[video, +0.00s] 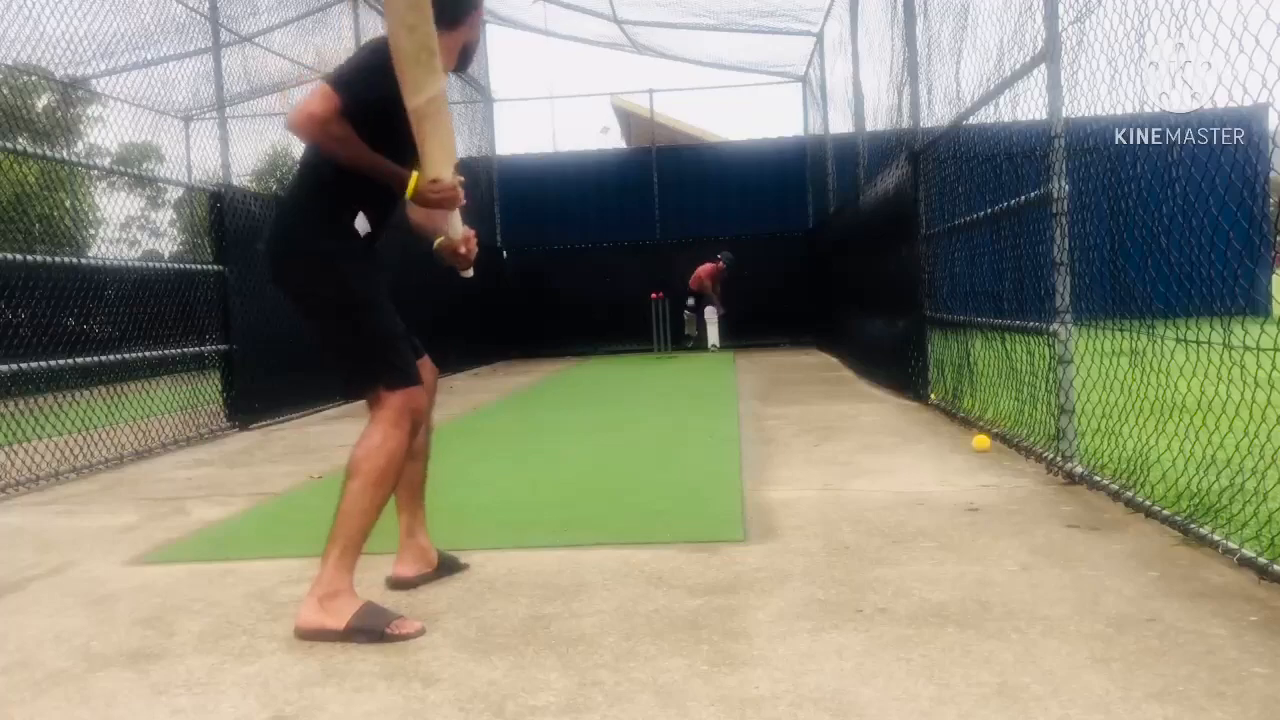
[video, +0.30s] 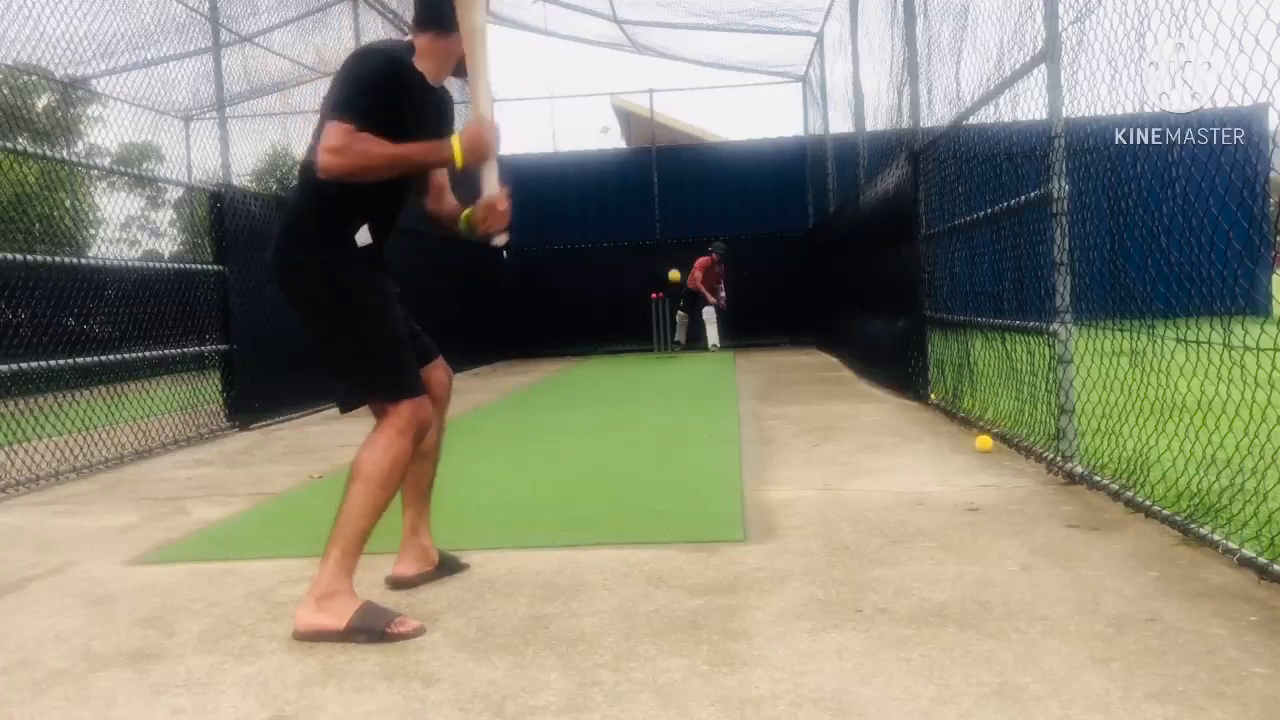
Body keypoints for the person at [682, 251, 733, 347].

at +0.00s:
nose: (724, 267)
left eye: (726, 265)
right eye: (724, 263)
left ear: (727, 266)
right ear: (719, 261)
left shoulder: (719, 272)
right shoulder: (707, 270)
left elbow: (717, 287)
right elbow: (708, 291)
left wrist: (717, 303)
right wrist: (718, 306)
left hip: (705, 292)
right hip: (694, 291)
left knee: (710, 314)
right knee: (691, 315)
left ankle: (712, 341)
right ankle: (691, 337)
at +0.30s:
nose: (718, 257)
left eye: (720, 255)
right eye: (716, 254)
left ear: (722, 256)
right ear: (712, 253)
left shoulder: (719, 267)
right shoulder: (702, 262)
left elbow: (719, 284)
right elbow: (697, 283)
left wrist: (721, 298)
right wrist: (709, 297)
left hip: (706, 292)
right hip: (692, 291)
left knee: (709, 314)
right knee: (682, 315)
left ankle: (713, 344)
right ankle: (679, 342)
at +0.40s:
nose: (713, 252)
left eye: (715, 249)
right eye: (710, 249)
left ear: (717, 251)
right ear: (705, 249)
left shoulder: (717, 266)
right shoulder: (696, 259)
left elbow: (718, 283)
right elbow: (689, 272)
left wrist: (721, 296)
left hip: (705, 291)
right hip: (691, 290)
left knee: (707, 313)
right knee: (682, 315)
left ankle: (713, 344)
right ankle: (681, 344)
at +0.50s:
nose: (705, 249)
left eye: (707, 246)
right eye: (702, 246)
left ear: (710, 248)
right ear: (698, 246)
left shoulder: (711, 261)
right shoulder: (690, 257)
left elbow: (713, 279)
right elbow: (684, 263)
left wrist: (716, 290)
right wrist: (682, 268)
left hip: (702, 292)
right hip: (688, 291)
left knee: (706, 314)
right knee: (681, 318)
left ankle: (713, 344)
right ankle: (682, 345)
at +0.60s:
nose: (699, 246)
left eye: (701, 243)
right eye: (697, 243)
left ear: (704, 244)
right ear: (692, 244)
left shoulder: (706, 259)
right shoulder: (685, 255)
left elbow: (708, 276)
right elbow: (678, 262)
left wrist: (710, 286)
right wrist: (676, 265)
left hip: (700, 291)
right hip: (685, 290)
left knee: (706, 314)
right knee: (681, 318)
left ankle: (713, 343)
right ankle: (681, 346)